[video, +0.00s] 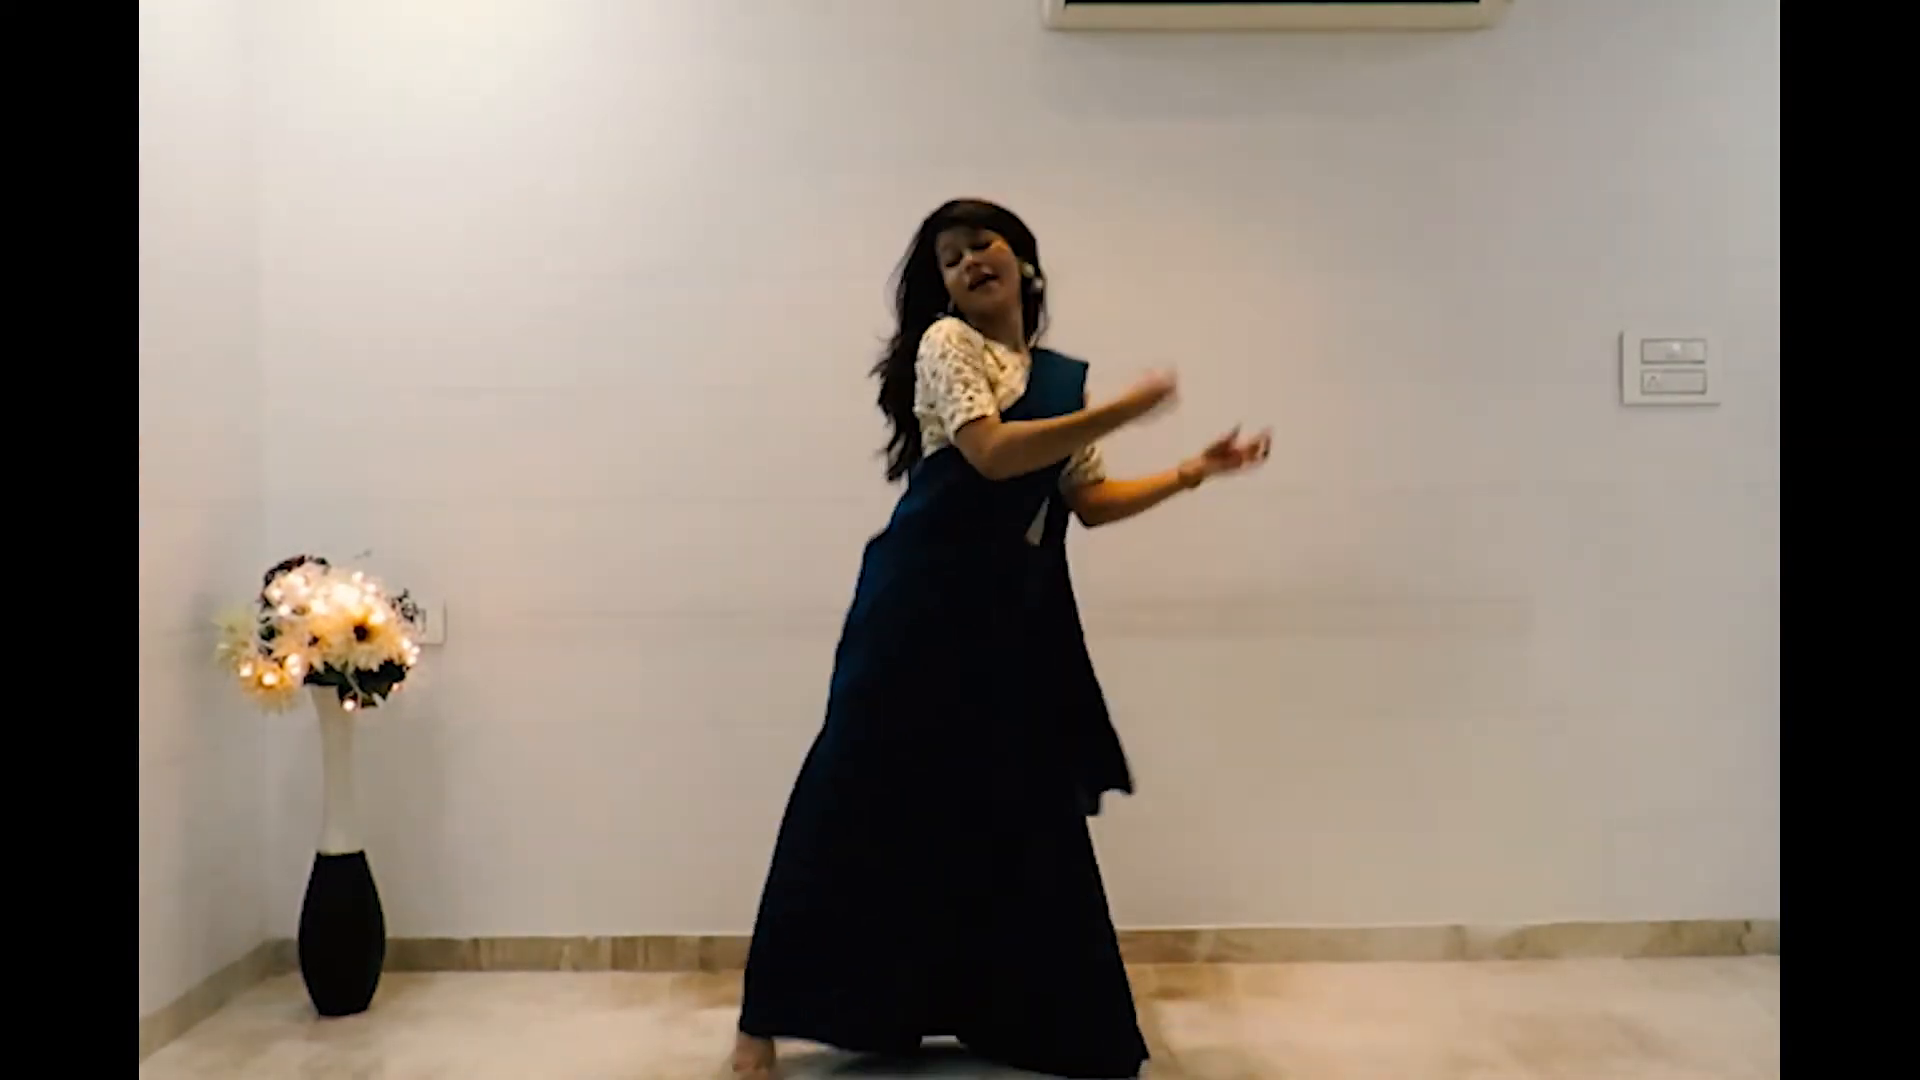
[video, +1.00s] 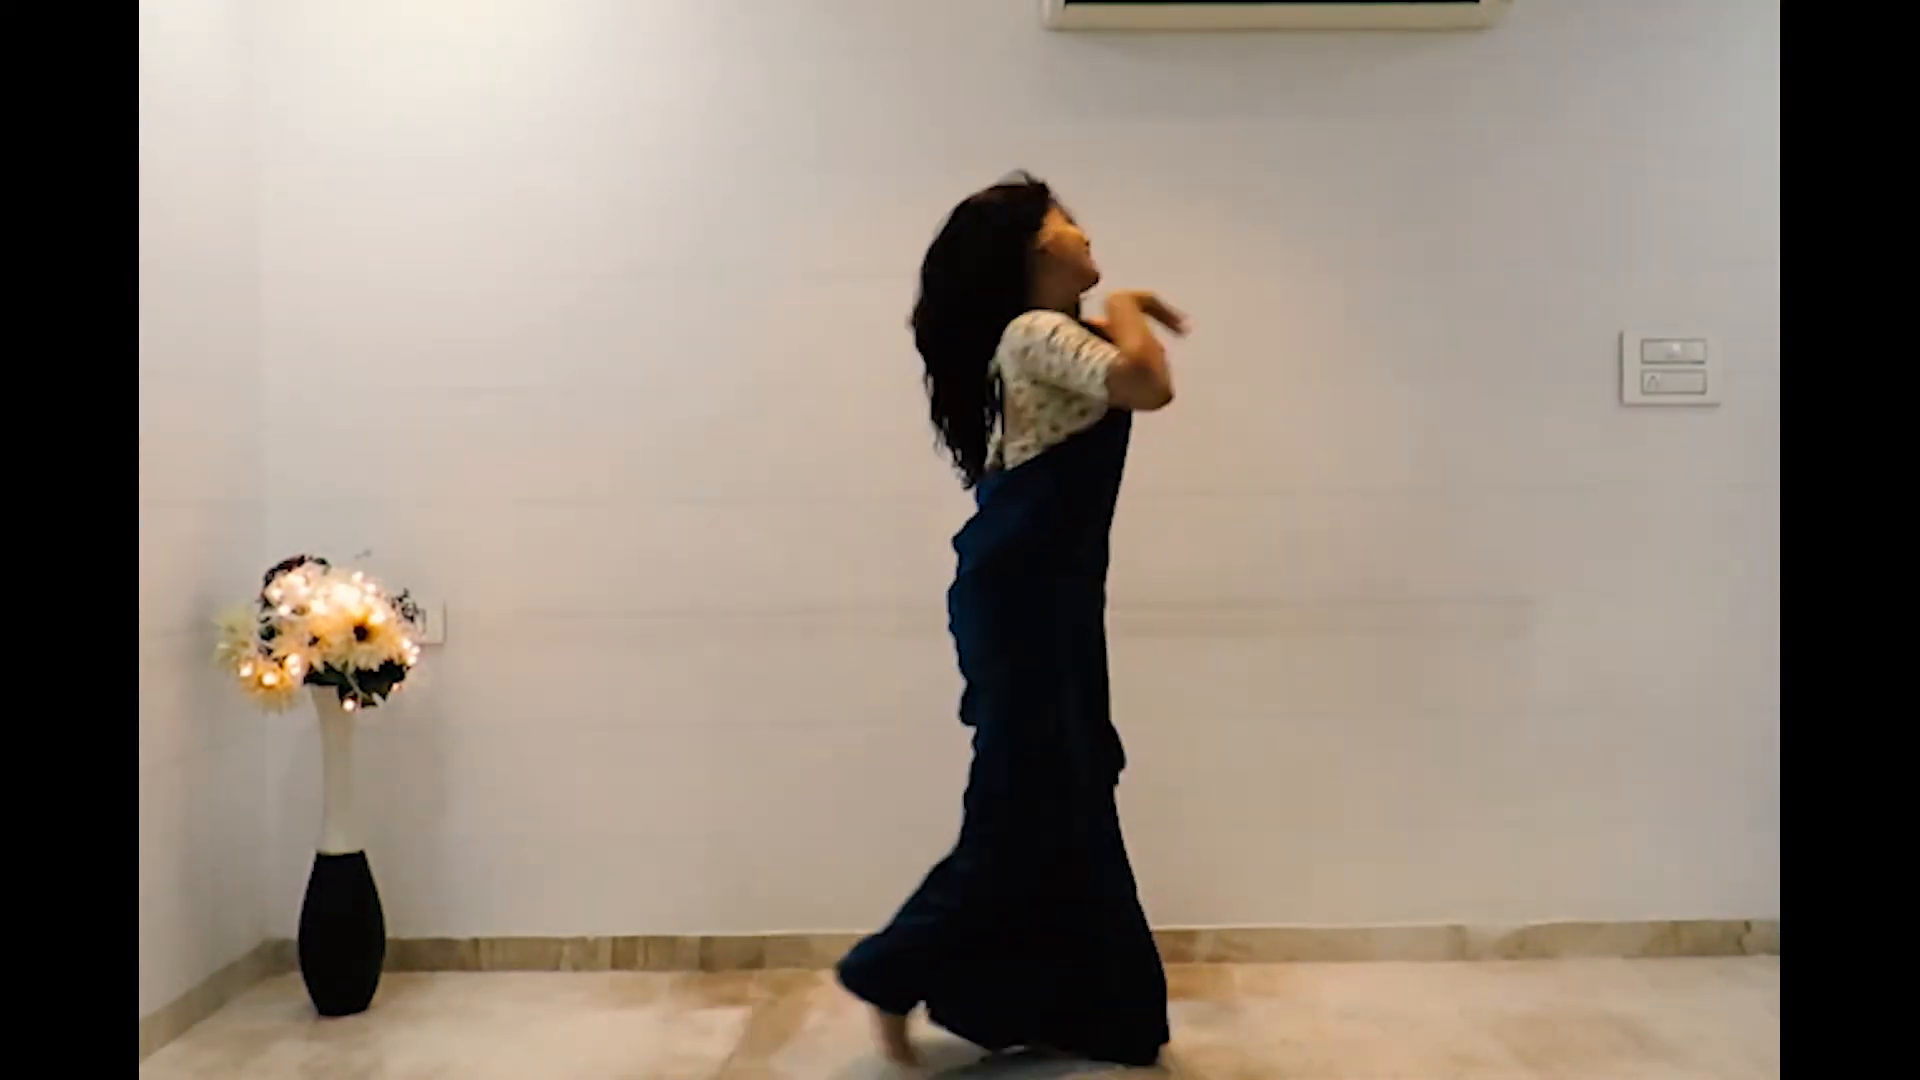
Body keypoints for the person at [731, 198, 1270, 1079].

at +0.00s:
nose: (972, 260)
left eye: (985, 244)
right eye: (954, 256)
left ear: (1025, 263)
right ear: (940, 286)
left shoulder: (1063, 377)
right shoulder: (943, 344)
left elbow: (1090, 502)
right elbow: (993, 451)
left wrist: (1192, 471)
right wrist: (1122, 409)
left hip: (1015, 609)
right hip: (918, 604)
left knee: (1030, 805)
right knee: (848, 799)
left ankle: (1063, 1023)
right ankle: (759, 1025)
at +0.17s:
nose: (949, 265)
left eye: (962, 245)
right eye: (936, 263)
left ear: (1014, 250)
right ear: (940, 287)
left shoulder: (1080, 359)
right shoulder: (948, 352)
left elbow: (1135, 479)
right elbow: (1022, 453)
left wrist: (1231, 417)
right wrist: (1130, 376)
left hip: (1009, 611)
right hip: (912, 588)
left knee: (1019, 803)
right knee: (808, 758)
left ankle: (1038, 1015)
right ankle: (673, 951)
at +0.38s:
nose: (944, 293)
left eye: (960, 275)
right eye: (930, 290)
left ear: (1009, 284)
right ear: (926, 313)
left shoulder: (1063, 406)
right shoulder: (934, 372)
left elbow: (1116, 519)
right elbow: (991, 477)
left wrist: (1227, 489)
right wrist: (1126, 467)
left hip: (1002, 631)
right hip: (911, 621)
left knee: (1036, 811)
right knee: (867, 811)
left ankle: (1022, 1019)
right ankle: (768, 1022)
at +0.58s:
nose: (950, 267)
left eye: (964, 248)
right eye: (937, 263)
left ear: (1011, 255)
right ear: (936, 286)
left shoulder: (1080, 363)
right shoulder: (943, 354)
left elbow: (1139, 477)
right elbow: (1011, 447)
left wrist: (1246, 423)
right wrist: (1112, 360)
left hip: (1001, 603)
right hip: (910, 585)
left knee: (1028, 801)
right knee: (822, 776)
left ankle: (1059, 1016)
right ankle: (698, 985)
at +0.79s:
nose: (972, 307)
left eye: (991, 290)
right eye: (957, 296)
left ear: (1031, 305)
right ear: (945, 319)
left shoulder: (1053, 420)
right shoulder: (943, 404)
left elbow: (1082, 548)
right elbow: (993, 529)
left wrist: (1192, 510)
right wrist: (1104, 477)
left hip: (1011, 669)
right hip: (926, 668)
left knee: (1084, 840)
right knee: (871, 843)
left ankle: (1034, 1023)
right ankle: (778, 1024)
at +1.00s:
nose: (1080, 230)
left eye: (1069, 218)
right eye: (1061, 223)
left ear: (1031, 262)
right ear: (1029, 258)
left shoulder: (1055, 331)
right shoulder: (1034, 336)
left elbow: (1136, 379)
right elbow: (1148, 382)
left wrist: (1130, 315)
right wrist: (1127, 309)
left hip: (1053, 597)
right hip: (1015, 597)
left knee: (1072, 790)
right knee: (1029, 796)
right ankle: (894, 970)